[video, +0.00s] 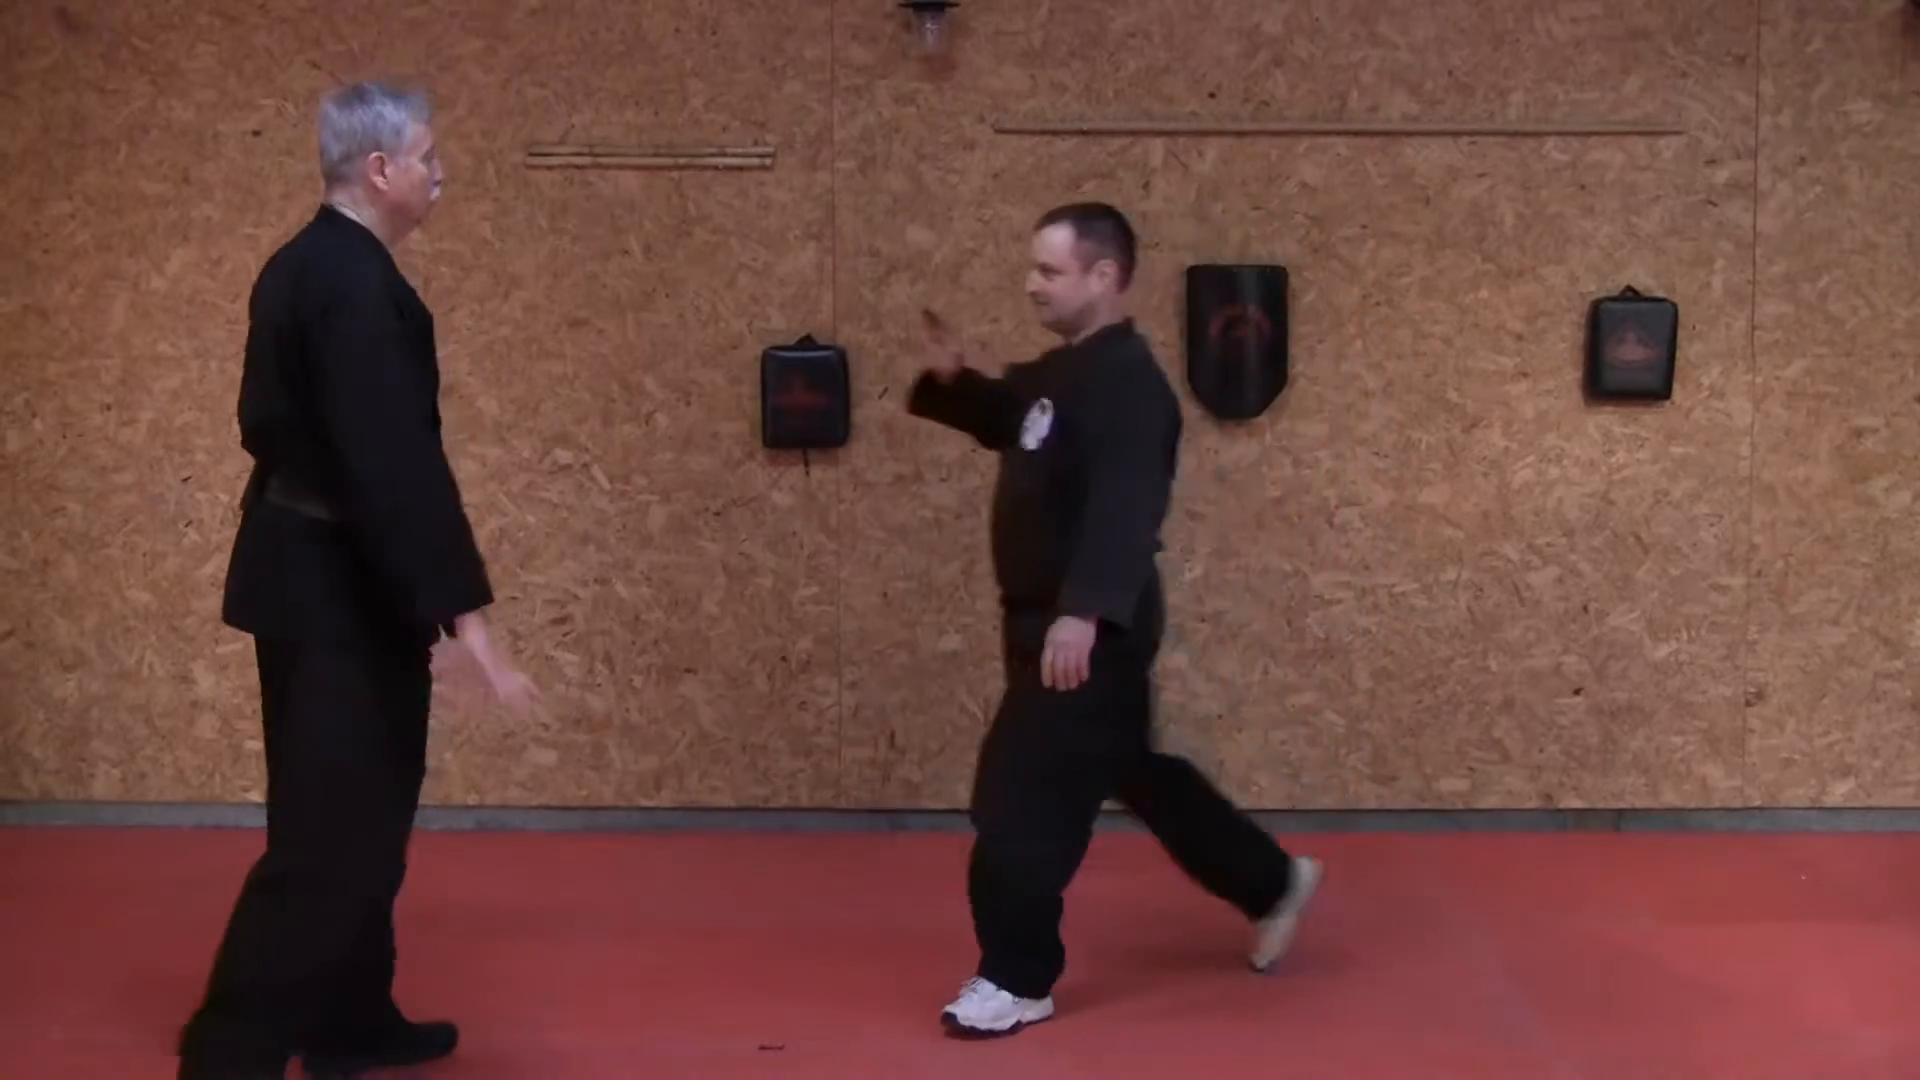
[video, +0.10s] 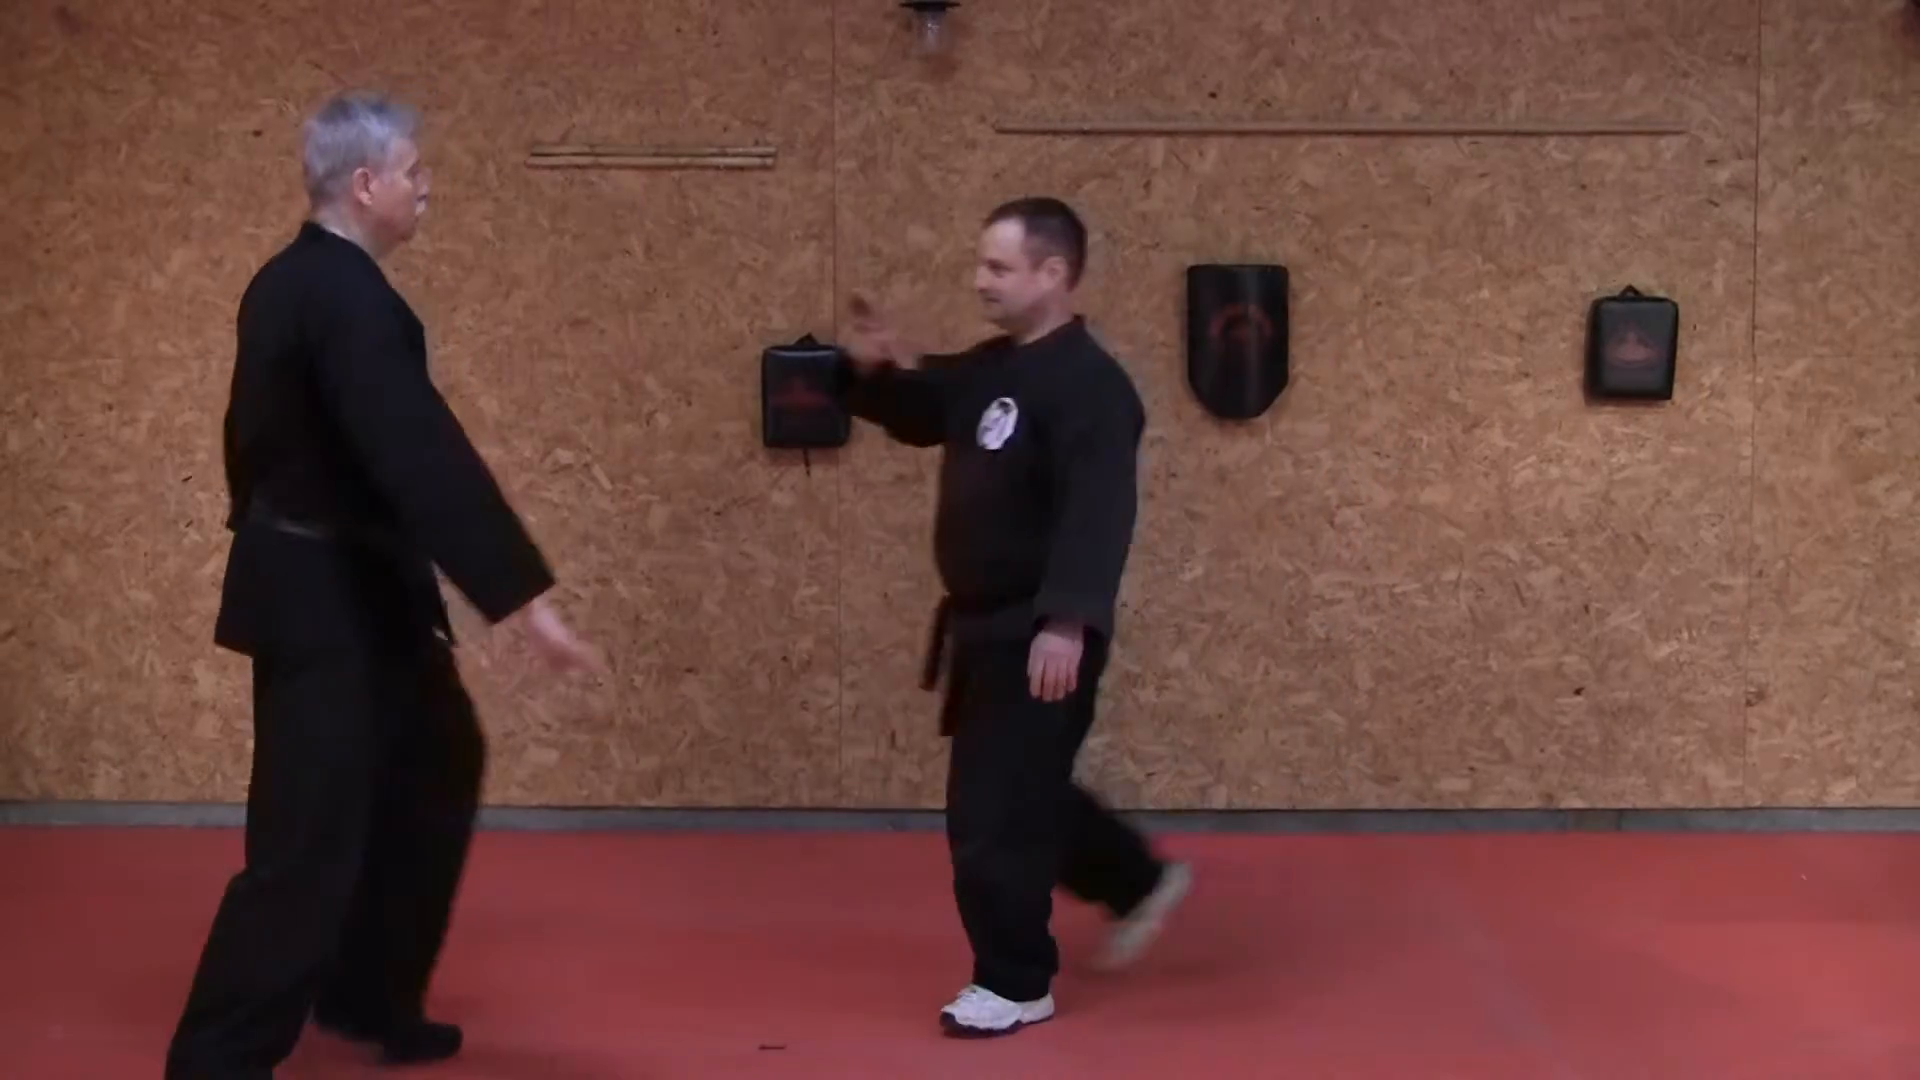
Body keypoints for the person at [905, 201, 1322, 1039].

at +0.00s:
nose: (1033, 286)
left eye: (1049, 272)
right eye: (1033, 271)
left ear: (1106, 277)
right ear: (1079, 277)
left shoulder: (1129, 381)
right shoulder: (1061, 367)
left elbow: (1126, 510)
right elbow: (1011, 412)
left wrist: (1083, 612)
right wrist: (949, 382)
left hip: (1090, 630)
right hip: (1046, 622)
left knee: (1018, 793)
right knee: (1130, 770)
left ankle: (1019, 976)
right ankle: (1273, 884)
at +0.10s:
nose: (981, 281)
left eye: (999, 268)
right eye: (980, 267)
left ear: (1057, 273)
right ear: (1004, 274)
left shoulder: (1092, 385)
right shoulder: (984, 371)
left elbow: (1100, 515)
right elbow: (920, 416)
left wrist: (1068, 623)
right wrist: (873, 371)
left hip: (1040, 629)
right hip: (981, 623)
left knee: (996, 802)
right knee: (1007, 789)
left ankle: (1016, 981)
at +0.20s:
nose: (928, 280)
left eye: (945, 267)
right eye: (925, 265)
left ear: (1003, 272)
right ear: (931, 270)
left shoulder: (1047, 382)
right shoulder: (908, 368)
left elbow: (1086, 512)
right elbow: (806, 410)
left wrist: (1063, 625)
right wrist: (777, 367)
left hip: (1005, 639)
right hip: (917, 631)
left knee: (991, 810)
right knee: (878, 789)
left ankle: (1018, 980)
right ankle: (938, 944)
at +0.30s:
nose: (862, 278)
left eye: (882, 265)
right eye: (861, 263)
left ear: (942, 272)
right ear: (864, 268)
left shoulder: (996, 386)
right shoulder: (826, 370)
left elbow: (1054, 508)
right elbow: (720, 399)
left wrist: (1057, 620)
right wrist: (674, 371)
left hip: (958, 642)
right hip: (849, 637)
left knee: (984, 821)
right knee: (785, 799)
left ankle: (1015, 983)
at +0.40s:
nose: (793, 288)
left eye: (812, 275)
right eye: (790, 272)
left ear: (869, 283)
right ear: (790, 277)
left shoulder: (926, 393)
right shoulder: (741, 379)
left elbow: (1001, 494)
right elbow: (628, 399)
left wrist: (1040, 601)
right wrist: (553, 355)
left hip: (898, 652)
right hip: (775, 649)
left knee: (958, 819)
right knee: (690, 807)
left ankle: (1011, 980)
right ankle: (604, 983)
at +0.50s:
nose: (731, 323)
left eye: (754, 309)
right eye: (723, 305)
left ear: (798, 316)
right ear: (709, 305)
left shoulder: (837, 414)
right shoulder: (648, 399)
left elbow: (921, 502)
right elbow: (521, 393)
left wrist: (988, 600)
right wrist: (419, 353)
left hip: (812, 680)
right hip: (688, 680)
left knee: (901, 834)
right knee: (607, 845)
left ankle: (972, 970)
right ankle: (548, 1025)